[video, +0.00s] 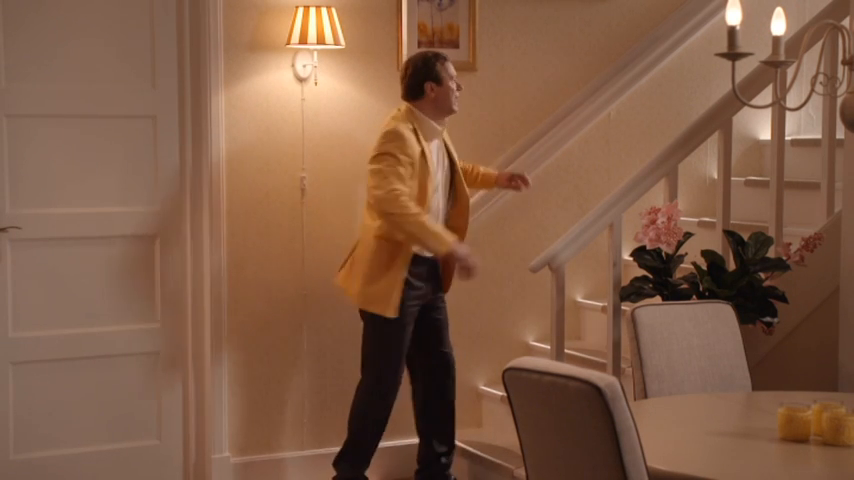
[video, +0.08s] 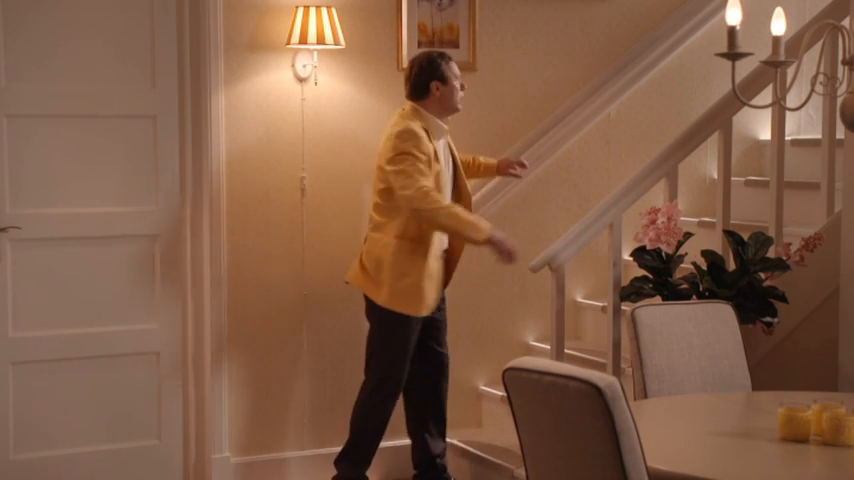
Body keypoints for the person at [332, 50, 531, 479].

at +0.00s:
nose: (460, 91)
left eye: (458, 84)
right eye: (454, 84)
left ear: (431, 89)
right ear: (430, 88)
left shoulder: (435, 133)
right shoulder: (398, 133)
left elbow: (455, 174)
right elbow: (389, 202)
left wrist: (498, 179)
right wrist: (448, 245)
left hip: (427, 274)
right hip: (392, 276)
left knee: (437, 374)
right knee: (381, 381)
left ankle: (435, 471)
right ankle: (349, 472)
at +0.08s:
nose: (464, 91)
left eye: (462, 83)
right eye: (458, 83)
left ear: (433, 88)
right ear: (436, 88)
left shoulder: (431, 129)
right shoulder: (408, 134)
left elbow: (450, 166)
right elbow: (422, 201)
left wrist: (496, 166)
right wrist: (487, 234)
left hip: (426, 275)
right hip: (395, 278)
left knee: (430, 376)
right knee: (385, 380)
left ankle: (431, 470)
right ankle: (350, 471)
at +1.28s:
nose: (505, 80)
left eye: (501, 73)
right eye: (498, 73)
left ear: (474, 82)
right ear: (480, 81)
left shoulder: (466, 120)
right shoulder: (467, 122)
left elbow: (463, 195)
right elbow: (490, 190)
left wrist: (500, 178)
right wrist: (545, 229)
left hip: (463, 271)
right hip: (448, 271)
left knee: (451, 377)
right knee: (435, 375)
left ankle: (433, 469)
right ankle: (404, 471)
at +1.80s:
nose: (501, 80)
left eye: (496, 72)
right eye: (494, 72)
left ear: (470, 82)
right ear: (479, 80)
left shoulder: (462, 119)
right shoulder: (468, 120)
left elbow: (462, 192)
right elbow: (492, 185)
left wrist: (500, 176)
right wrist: (545, 227)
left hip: (464, 270)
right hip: (453, 270)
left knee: (455, 375)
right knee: (441, 374)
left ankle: (434, 468)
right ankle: (406, 470)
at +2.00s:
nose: (499, 80)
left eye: (495, 72)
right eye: (493, 72)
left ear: (470, 82)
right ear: (477, 80)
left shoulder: (462, 119)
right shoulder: (467, 120)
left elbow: (461, 193)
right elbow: (492, 185)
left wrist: (501, 175)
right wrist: (544, 227)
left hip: (465, 269)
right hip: (454, 269)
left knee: (455, 374)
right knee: (442, 373)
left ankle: (435, 467)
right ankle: (407, 470)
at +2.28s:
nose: (500, 80)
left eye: (495, 72)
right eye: (493, 72)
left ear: (470, 82)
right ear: (477, 80)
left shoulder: (462, 119)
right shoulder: (467, 119)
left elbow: (462, 192)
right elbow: (491, 185)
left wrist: (500, 174)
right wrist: (544, 227)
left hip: (464, 269)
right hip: (453, 269)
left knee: (455, 374)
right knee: (442, 373)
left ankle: (434, 467)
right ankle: (408, 470)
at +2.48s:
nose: (500, 80)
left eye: (495, 72)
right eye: (493, 72)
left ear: (470, 82)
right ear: (477, 80)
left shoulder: (463, 119)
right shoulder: (467, 119)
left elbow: (462, 193)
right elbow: (491, 185)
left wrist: (501, 175)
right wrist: (545, 227)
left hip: (463, 269)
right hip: (452, 270)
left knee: (454, 374)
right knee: (442, 373)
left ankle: (434, 468)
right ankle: (407, 470)